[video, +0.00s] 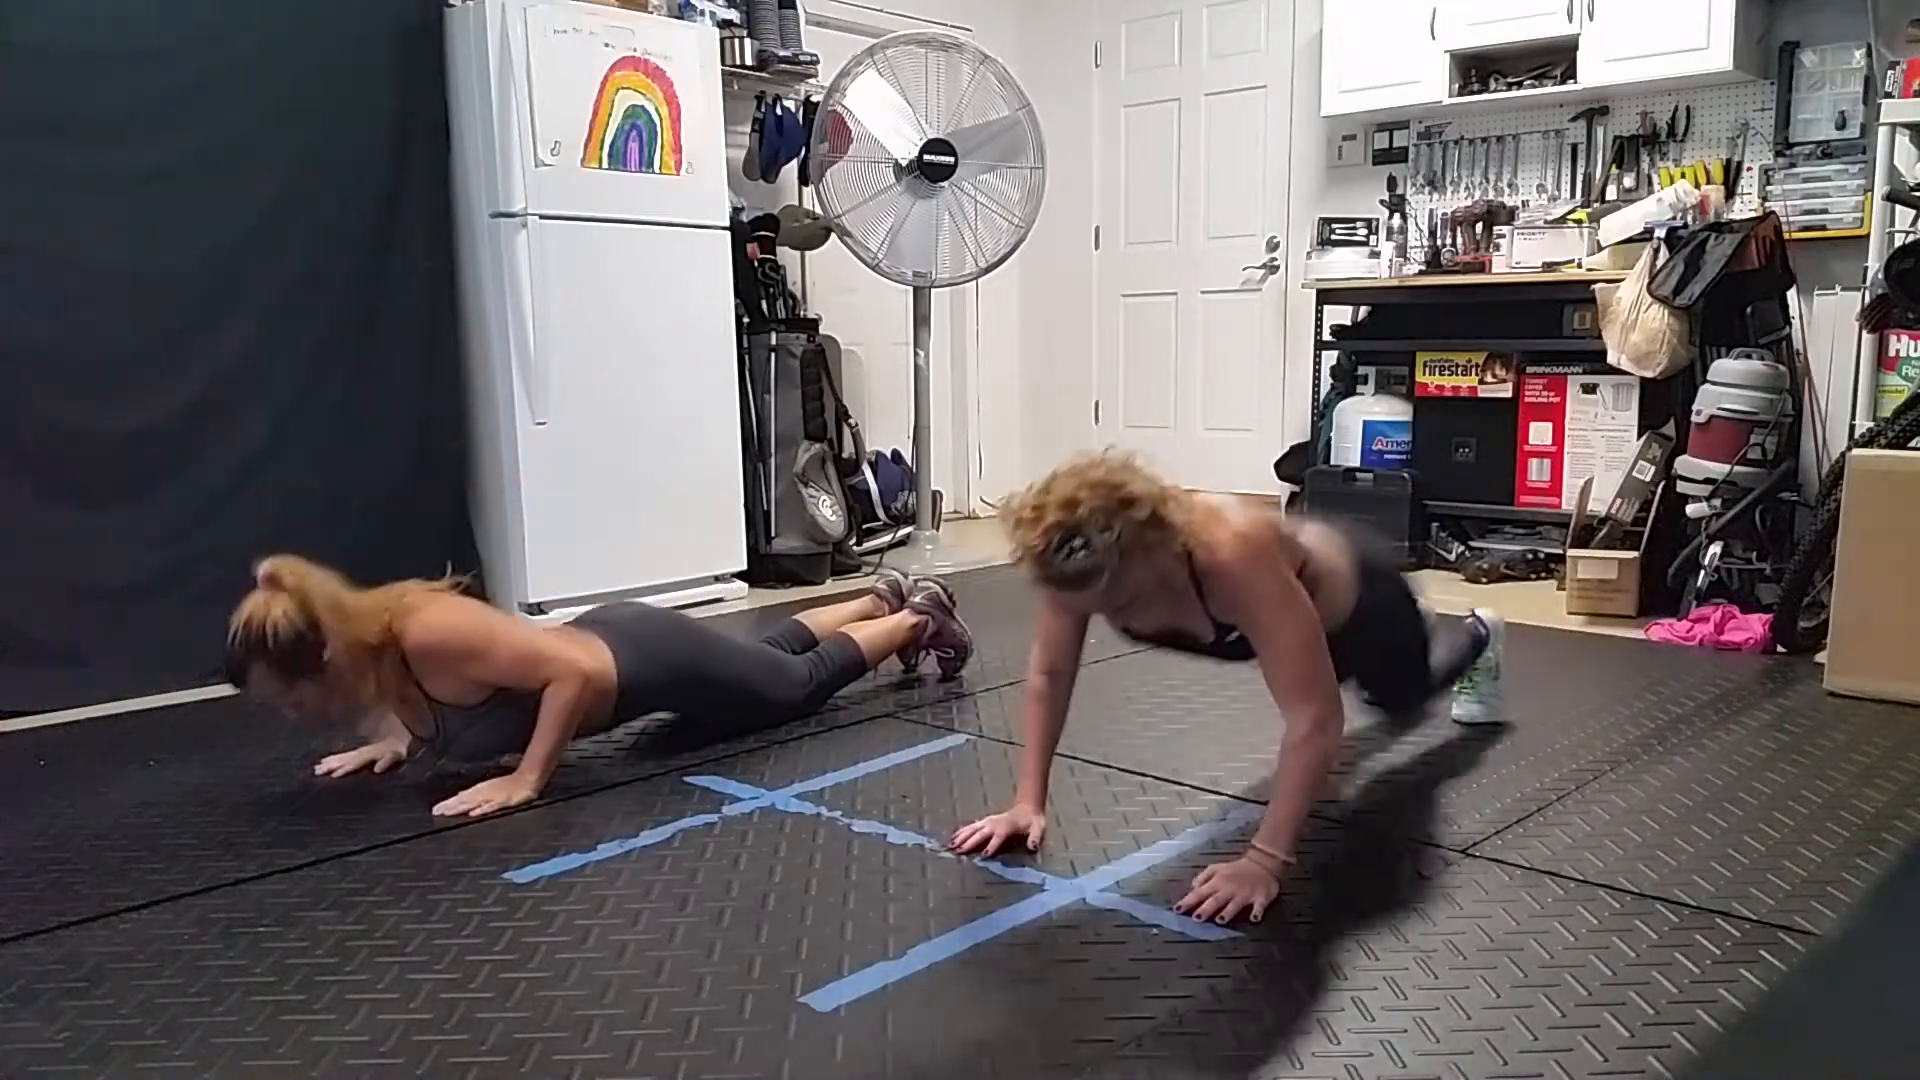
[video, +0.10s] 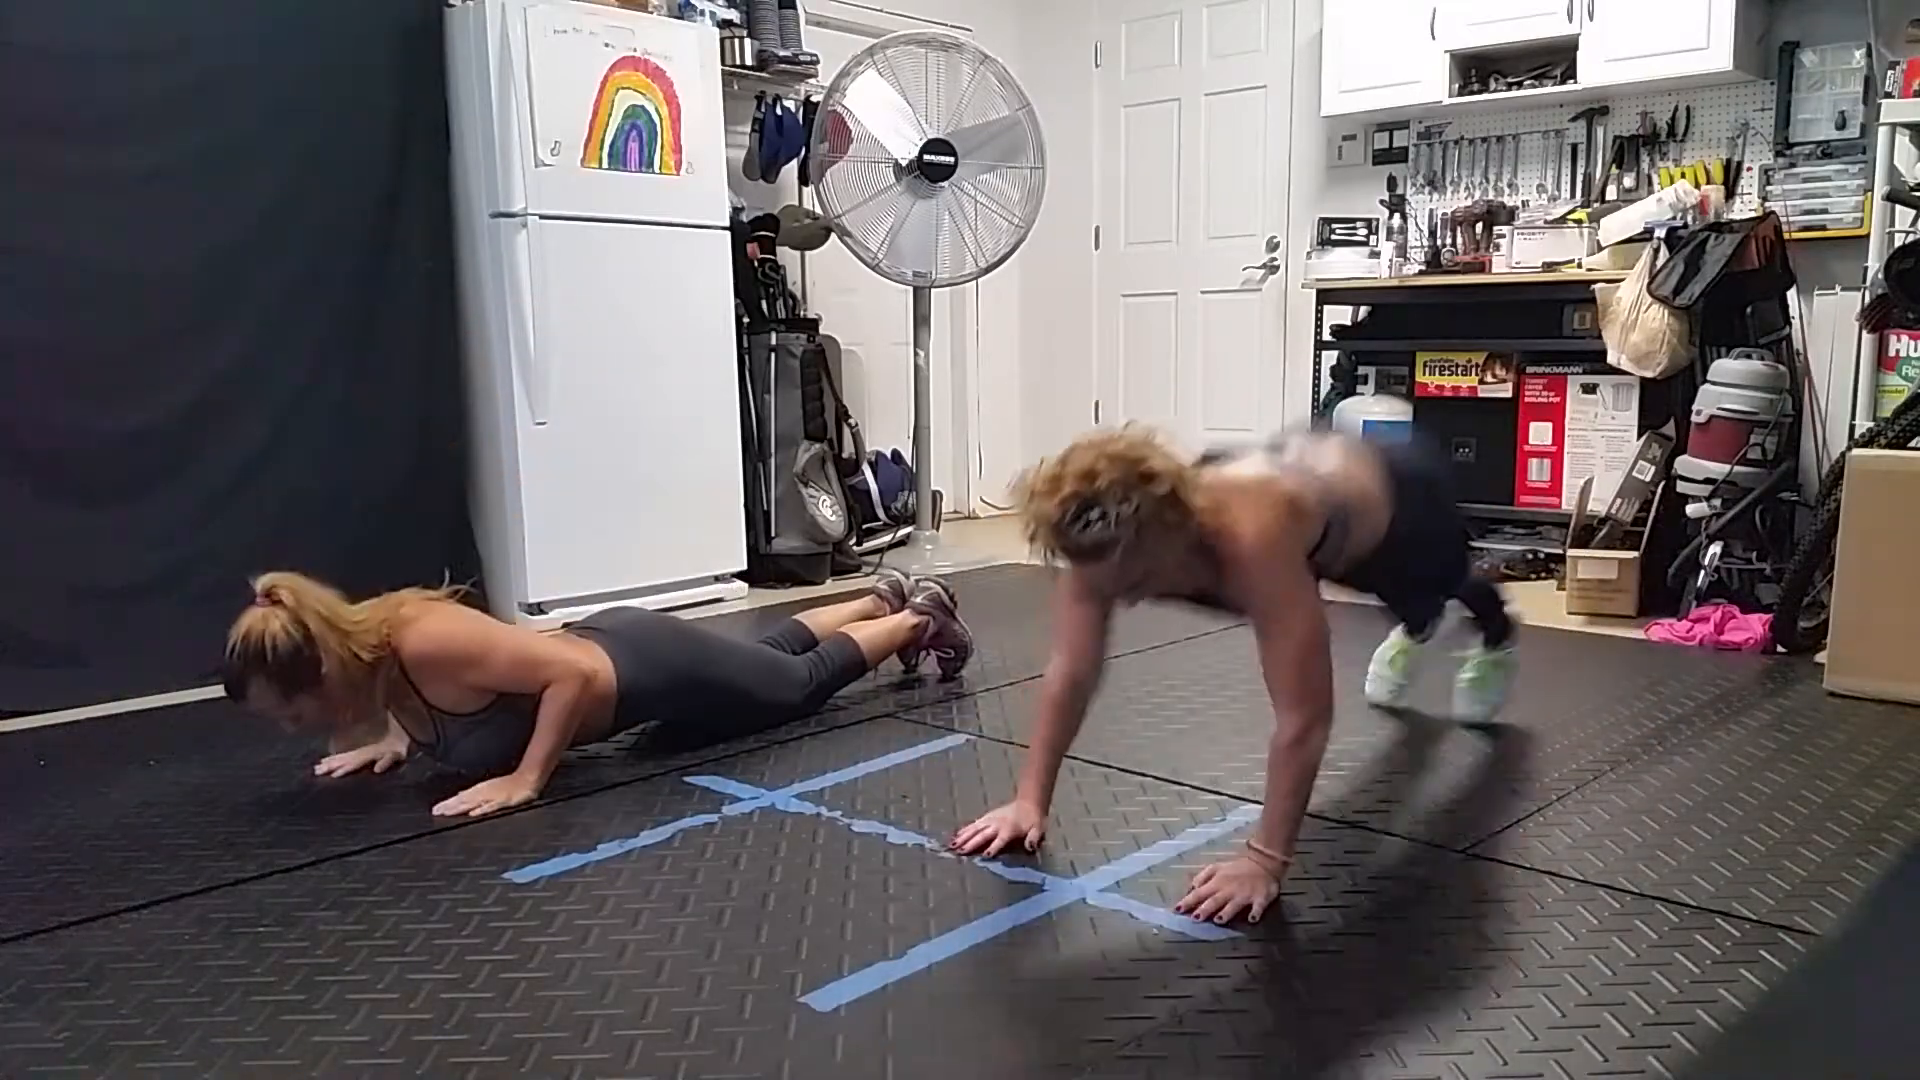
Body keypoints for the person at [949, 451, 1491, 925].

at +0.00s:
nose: (1096, 616)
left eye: (1106, 599)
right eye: (1083, 602)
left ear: (1139, 556)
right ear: (1065, 574)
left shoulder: (1234, 550)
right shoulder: (1077, 558)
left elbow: (1316, 722)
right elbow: (1049, 674)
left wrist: (1264, 858)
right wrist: (1026, 801)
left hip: (1353, 599)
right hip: (1272, 609)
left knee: (1407, 688)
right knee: (1351, 660)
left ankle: (1476, 634)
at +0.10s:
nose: (1114, 593)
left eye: (1123, 576)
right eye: (1100, 579)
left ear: (1158, 537)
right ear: (1083, 555)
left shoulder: (1252, 530)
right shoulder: (1099, 541)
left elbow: (1305, 717)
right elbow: (1072, 674)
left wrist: (1264, 858)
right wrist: (1028, 799)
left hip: (1401, 493)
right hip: (1327, 491)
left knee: (1455, 581)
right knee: (1392, 583)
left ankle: (1499, 634)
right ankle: (1426, 626)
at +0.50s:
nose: (1241, 757)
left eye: (1252, 740)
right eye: (1223, 744)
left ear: (1291, 701)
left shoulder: (1411, 646)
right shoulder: (1250, 650)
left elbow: (1544, 774)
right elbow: (1212, 739)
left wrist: (1502, 939)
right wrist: (1201, 858)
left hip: (1525, 609)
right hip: (1434, 592)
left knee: (1615, 659)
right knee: (1536, 674)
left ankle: (1694, 665)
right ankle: (1593, 699)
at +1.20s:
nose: (1182, 758)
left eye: (1188, 739)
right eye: (1174, 741)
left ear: (1227, 721)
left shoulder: (1374, 686)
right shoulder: (1230, 670)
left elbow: (1546, 771)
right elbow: (1198, 738)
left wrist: (1505, 938)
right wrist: (1200, 854)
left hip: (1519, 667)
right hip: (1442, 644)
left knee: (1620, 711)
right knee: (1539, 654)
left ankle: (1701, 652)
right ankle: (1602, 629)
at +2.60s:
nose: (926, 852)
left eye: (928, 840)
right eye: (913, 842)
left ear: (956, 808)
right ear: (908, 737)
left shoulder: (1090, 751)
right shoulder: (944, 708)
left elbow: (1240, 724)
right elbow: (976, 657)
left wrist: (1214, 875)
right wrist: (988, 801)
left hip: (1226, 668)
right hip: (1132, 644)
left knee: (1332, 654)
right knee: (1237, 623)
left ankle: (1416, 626)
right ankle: (1312, 607)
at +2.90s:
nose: (962, 669)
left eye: (964, 651)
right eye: (950, 657)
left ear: (997, 613)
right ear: (971, 616)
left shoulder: (1107, 611)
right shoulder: (985, 614)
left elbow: (1246, 718)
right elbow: (988, 691)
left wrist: (1214, 872)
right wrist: (984, 797)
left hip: (1246, 634)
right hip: (1177, 620)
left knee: (1338, 692)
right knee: (1260, 614)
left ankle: (1435, 629)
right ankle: (1316, 607)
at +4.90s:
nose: (1145, 599)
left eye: (1151, 584)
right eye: (1138, 587)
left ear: (1202, 556)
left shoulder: (1340, 553)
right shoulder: (1167, 559)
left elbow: (1452, 755)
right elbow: (1165, 705)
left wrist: (1466, 944)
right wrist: (1183, 857)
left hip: (1473, 620)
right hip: (1371, 644)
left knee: (1585, 725)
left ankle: (1701, 667)